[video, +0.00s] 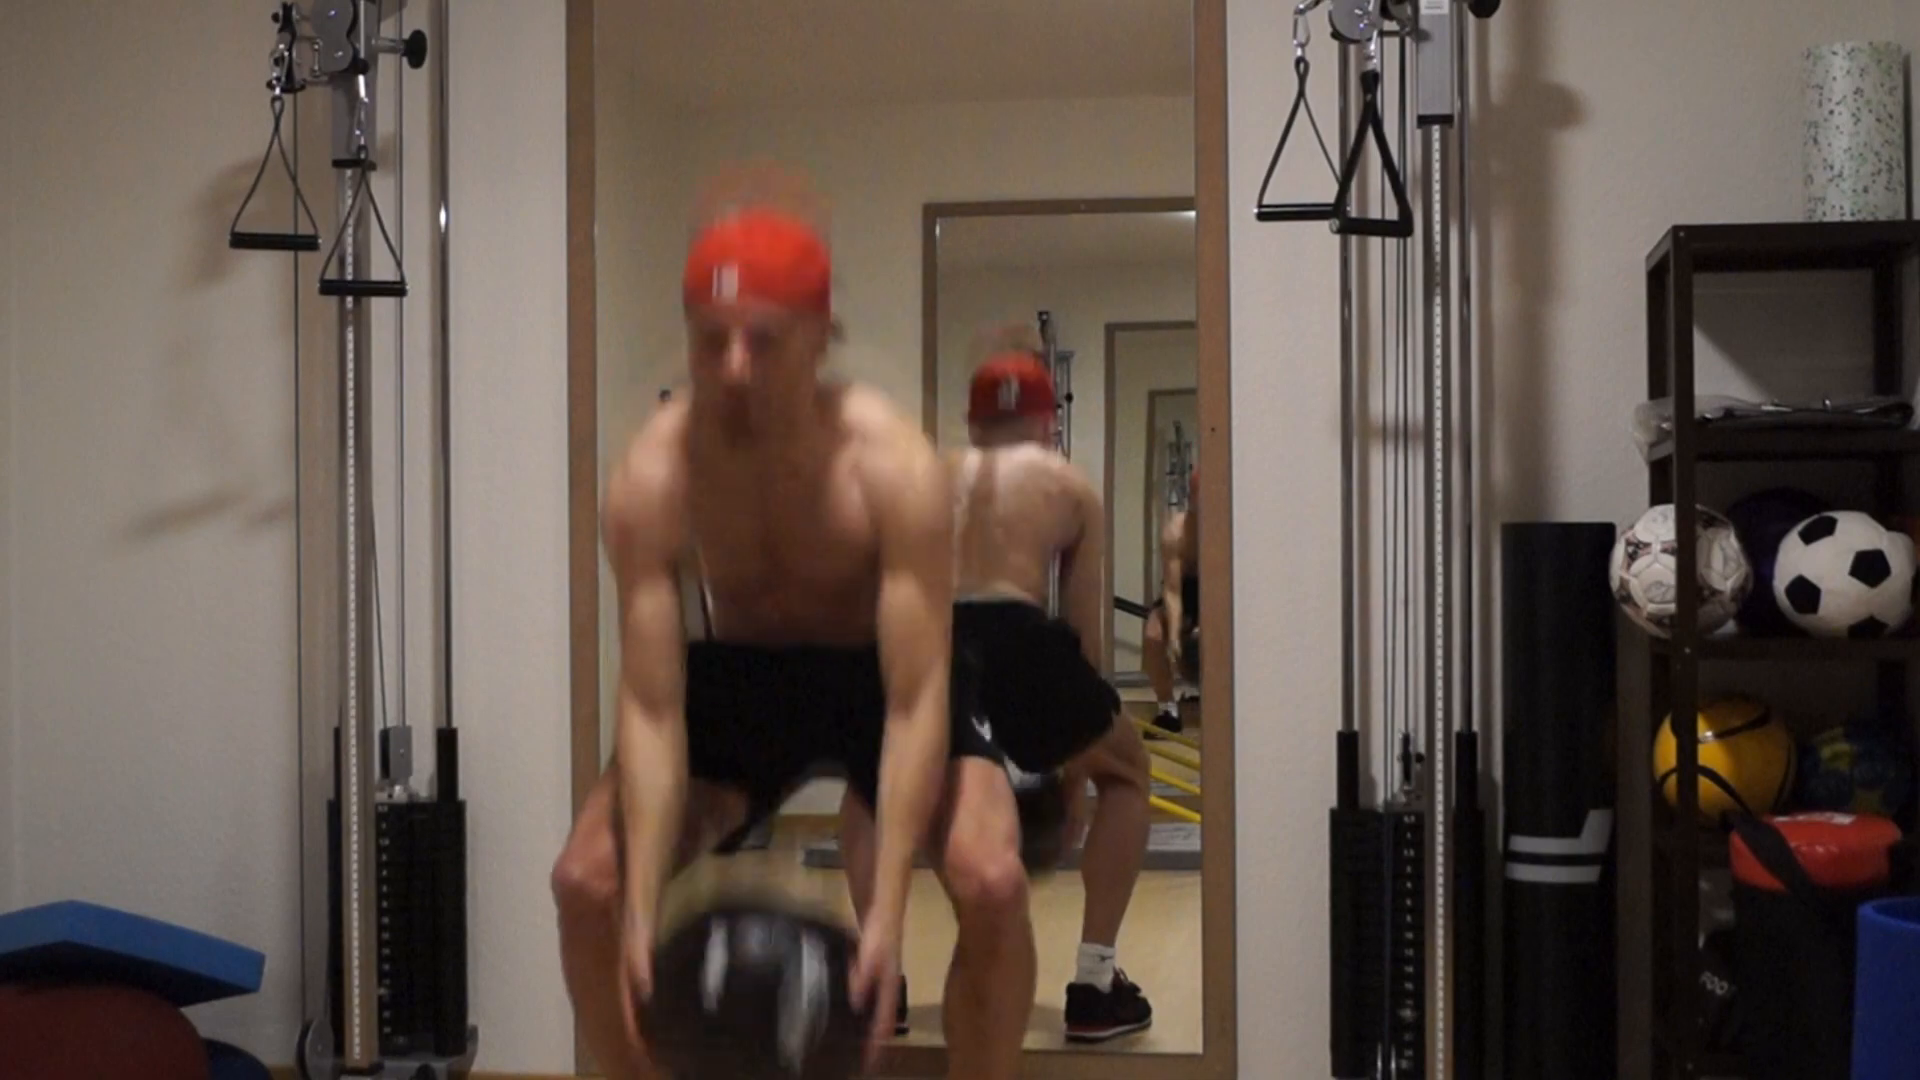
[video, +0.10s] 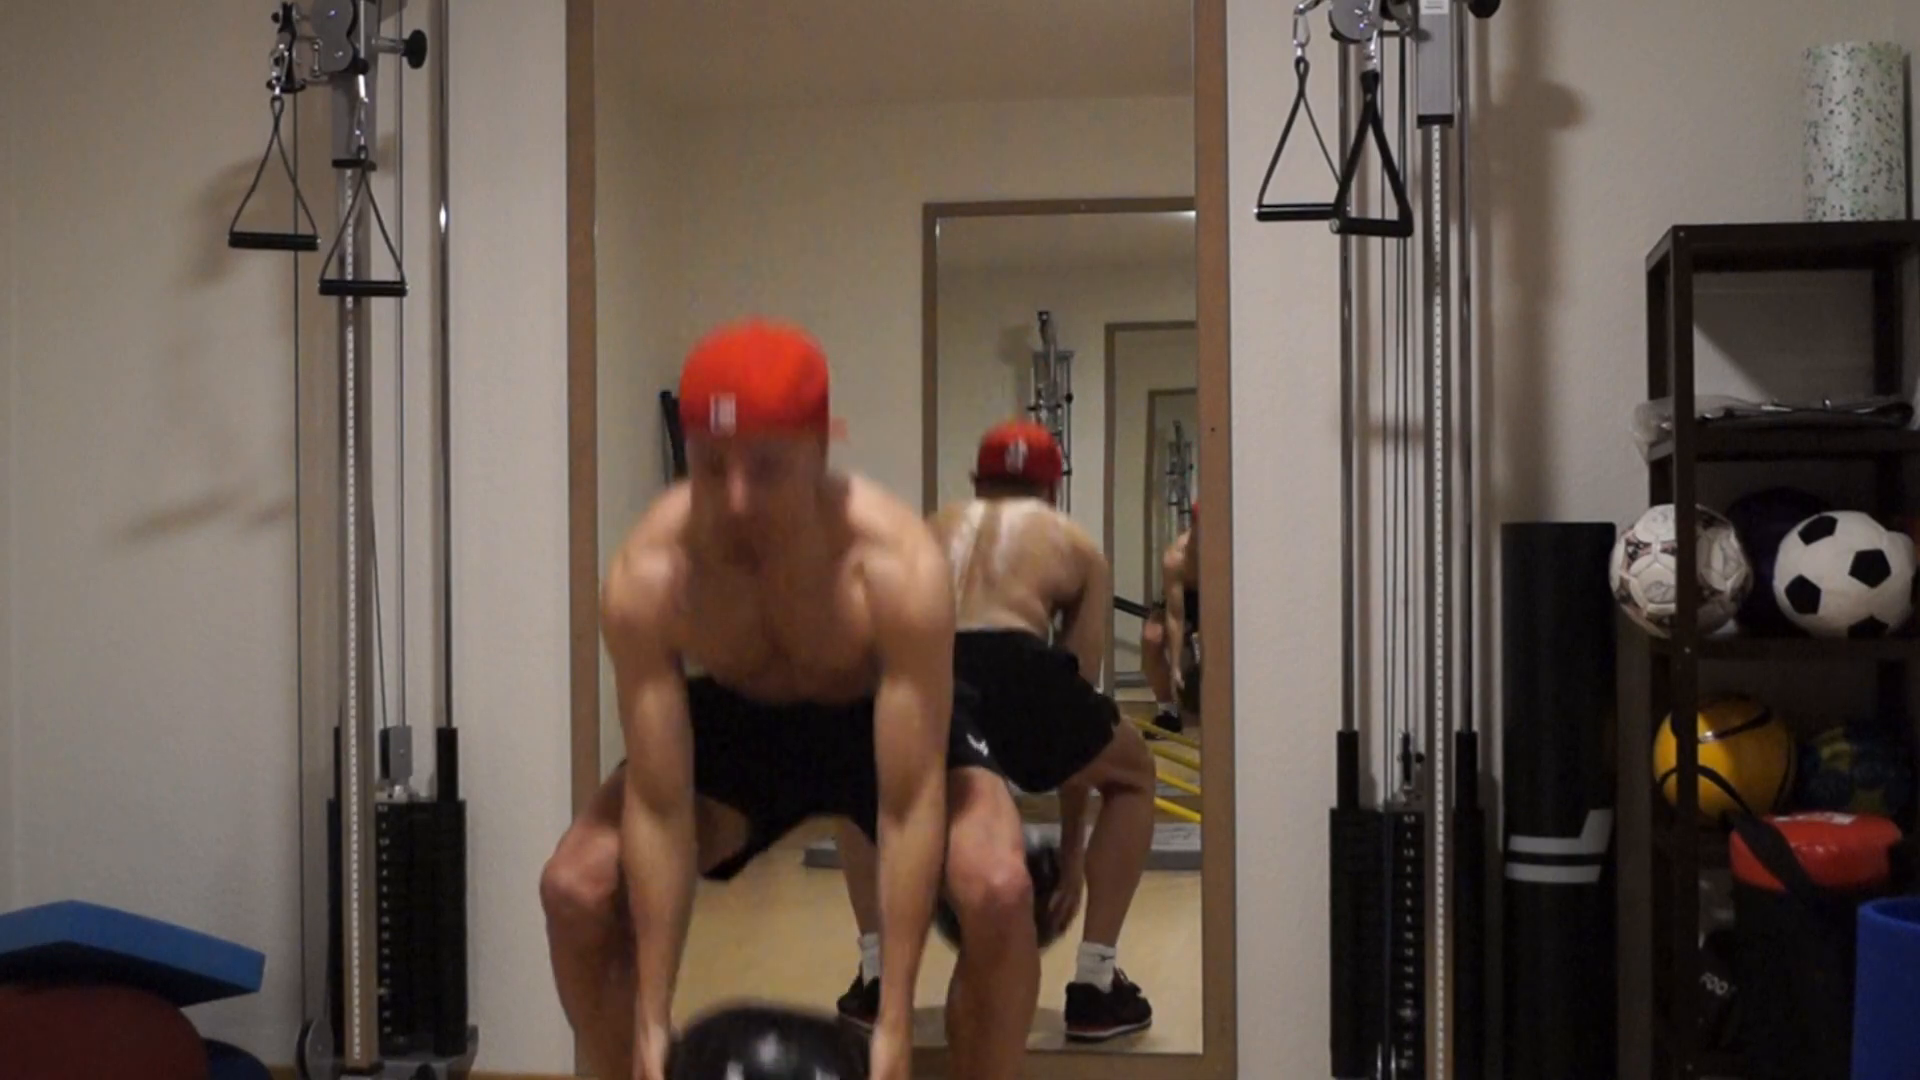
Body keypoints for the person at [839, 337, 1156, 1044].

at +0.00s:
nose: (1045, 421)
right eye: (1046, 411)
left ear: (972, 416)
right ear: (1045, 417)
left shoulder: (929, 474)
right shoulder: (1070, 486)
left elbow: (894, 598)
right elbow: (1086, 634)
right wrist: (1082, 748)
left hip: (922, 647)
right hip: (1019, 648)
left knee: (862, 799)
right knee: (1126, 771)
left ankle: (876, 975)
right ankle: (1096, 980)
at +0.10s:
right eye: (1055, 481)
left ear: (977, 478)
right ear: (1054, 482)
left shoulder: (934, 527)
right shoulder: (1079, 548)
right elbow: (1076, 706)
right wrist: (1069, 863)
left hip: (924, 677)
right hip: (1022, 684)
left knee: (855, 791)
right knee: (1131, 780)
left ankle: (875, 970)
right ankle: (1096, 981)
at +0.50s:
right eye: (1063, 428)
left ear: (984, 427)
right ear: (1058, 430)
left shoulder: (936, 475)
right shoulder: (1084, 494)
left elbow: (899, 594)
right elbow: (1090, 639)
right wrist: (1076, 772)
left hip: (930, 633)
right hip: (1030, 638)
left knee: (871, 776)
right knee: (1124, 772)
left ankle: (873, 965)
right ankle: (1094, 979)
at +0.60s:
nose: (1028, 342)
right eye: (1038, 328)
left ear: (975, 328)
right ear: (1052, 332)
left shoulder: (934, 397)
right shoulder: (1079, 404)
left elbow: (886, 519)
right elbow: (1109, 545)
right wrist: (1071, 616)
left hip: (926, 588)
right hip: (1028, 594)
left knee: (889, 775)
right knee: (1110, 766)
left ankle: (881, 975)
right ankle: (1093, 977)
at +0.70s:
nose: (1027, 281)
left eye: (997, 267)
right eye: (1033, 267)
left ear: (965, 273)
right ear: (1044, 275)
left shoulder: (922, 351)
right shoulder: (1076, 358)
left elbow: (867, 464)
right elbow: (1122, 498)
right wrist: (1075, 512)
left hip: (922, 566)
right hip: (1031, 569)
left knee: (896, 770)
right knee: (1101, 765)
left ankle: (882, 971)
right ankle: (1092, 977)